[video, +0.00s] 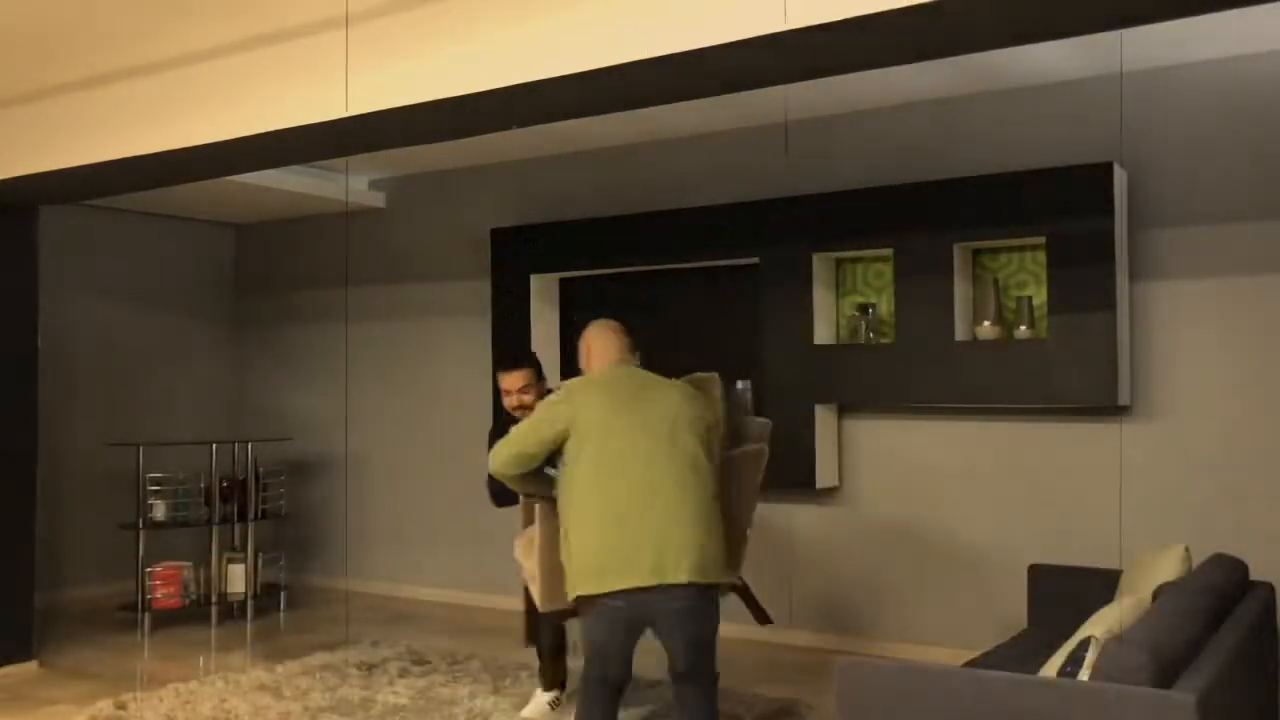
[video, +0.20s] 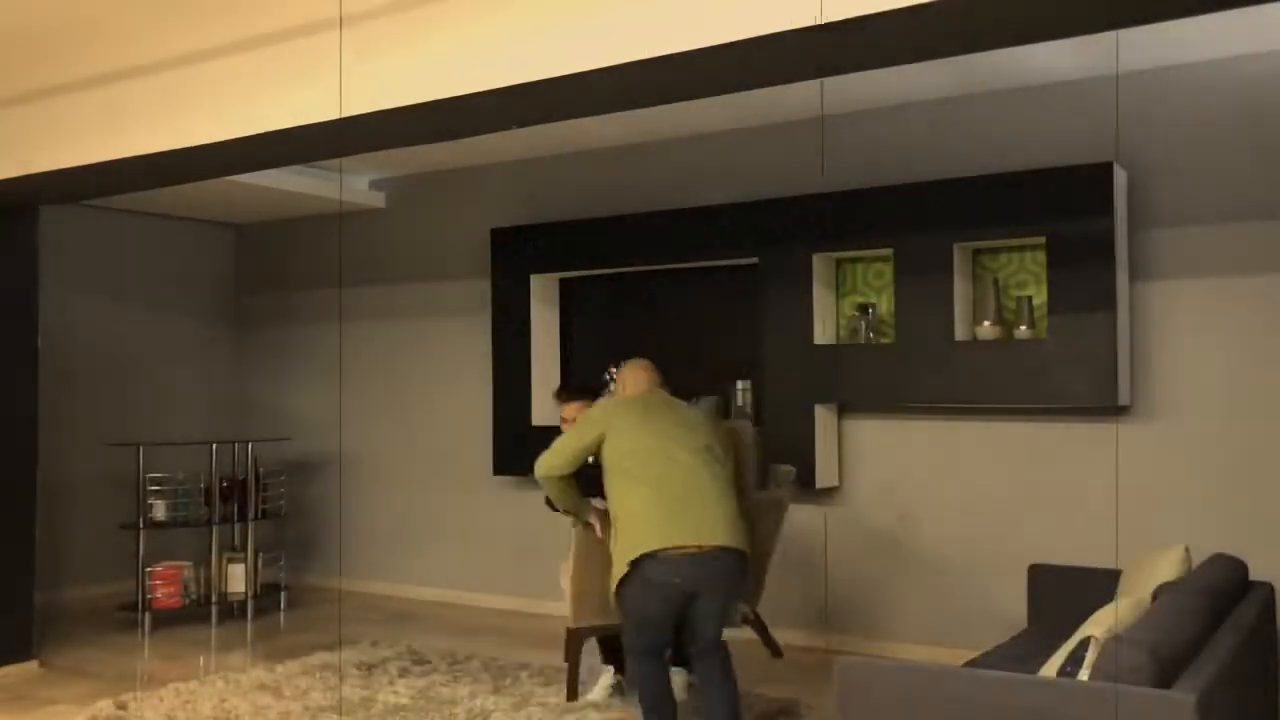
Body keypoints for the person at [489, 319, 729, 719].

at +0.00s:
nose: (581, 366)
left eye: (581, 359)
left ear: (585, 359)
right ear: (634, 355)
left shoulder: (574, 398)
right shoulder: (690, 397)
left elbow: (503, 463)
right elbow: (707, 462)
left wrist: (555, 487)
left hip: (606, 577)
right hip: (690, 577)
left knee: (600, 688)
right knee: (696, 689)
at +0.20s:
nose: (612, 393)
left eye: (613, 386)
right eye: (612, 386)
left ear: (620, 388)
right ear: (662, 386)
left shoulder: (610, 411)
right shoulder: (701, 419)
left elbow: (547, 468)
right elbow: (728, 486)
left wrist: (587, 510)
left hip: (655, 564)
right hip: (722, 561)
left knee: (646, 656)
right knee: (708, 651)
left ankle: (660, 713)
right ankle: (724, 712)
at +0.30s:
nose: (629, 412)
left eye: (632, 407)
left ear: (635, 412)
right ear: (677, 414)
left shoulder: (628, 430)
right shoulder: (717, 447)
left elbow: (566, 484)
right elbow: (744, 514)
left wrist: (596, 523)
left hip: (657, 569)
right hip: (722, 570)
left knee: (643, 647)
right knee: (721, 646)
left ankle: (658, 714)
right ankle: (747, 711)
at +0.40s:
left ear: (656, 429)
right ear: (689, 432)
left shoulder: (645, 446)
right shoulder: (724, 463)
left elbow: (584, 500)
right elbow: (769, 487)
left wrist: (609, 545)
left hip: (676, 574)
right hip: (739, 576)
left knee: (635, 632)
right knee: (723, 648)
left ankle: (655, 713)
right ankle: (745, 711)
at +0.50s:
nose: (629, 473)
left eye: (632, 466)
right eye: (626, 466)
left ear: (661, 453)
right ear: (697, 456)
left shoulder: (658, 469)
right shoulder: (731, 487)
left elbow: (598, 523)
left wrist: (621, 572)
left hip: (689, 592)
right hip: (750, 598)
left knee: (638, 647)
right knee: (720, 653)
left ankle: (656, 713)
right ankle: (744, 712)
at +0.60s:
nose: (637, 482)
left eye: (637, 475)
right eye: (634, 477)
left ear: (646, 465)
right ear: (674, 459)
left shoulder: (658, 478)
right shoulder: (727, 492)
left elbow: (603, 533)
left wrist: (622, 577)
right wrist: (653, 563)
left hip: (688, 588)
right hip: (748, 597)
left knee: (632, 646)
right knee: (719, 651)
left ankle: (649, 712)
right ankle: (740, 712)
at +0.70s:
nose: (642, 481)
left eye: (642, 475)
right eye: (640, 476)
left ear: (652, 464)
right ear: (688, 460)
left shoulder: (660, 475)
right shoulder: (732, 494)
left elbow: (605, 531)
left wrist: (623, 578)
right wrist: (653, 562)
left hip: (689, 587)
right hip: (748, 597)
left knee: (634, 644)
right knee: (719, 651)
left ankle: (649, 712)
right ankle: (738, 712)